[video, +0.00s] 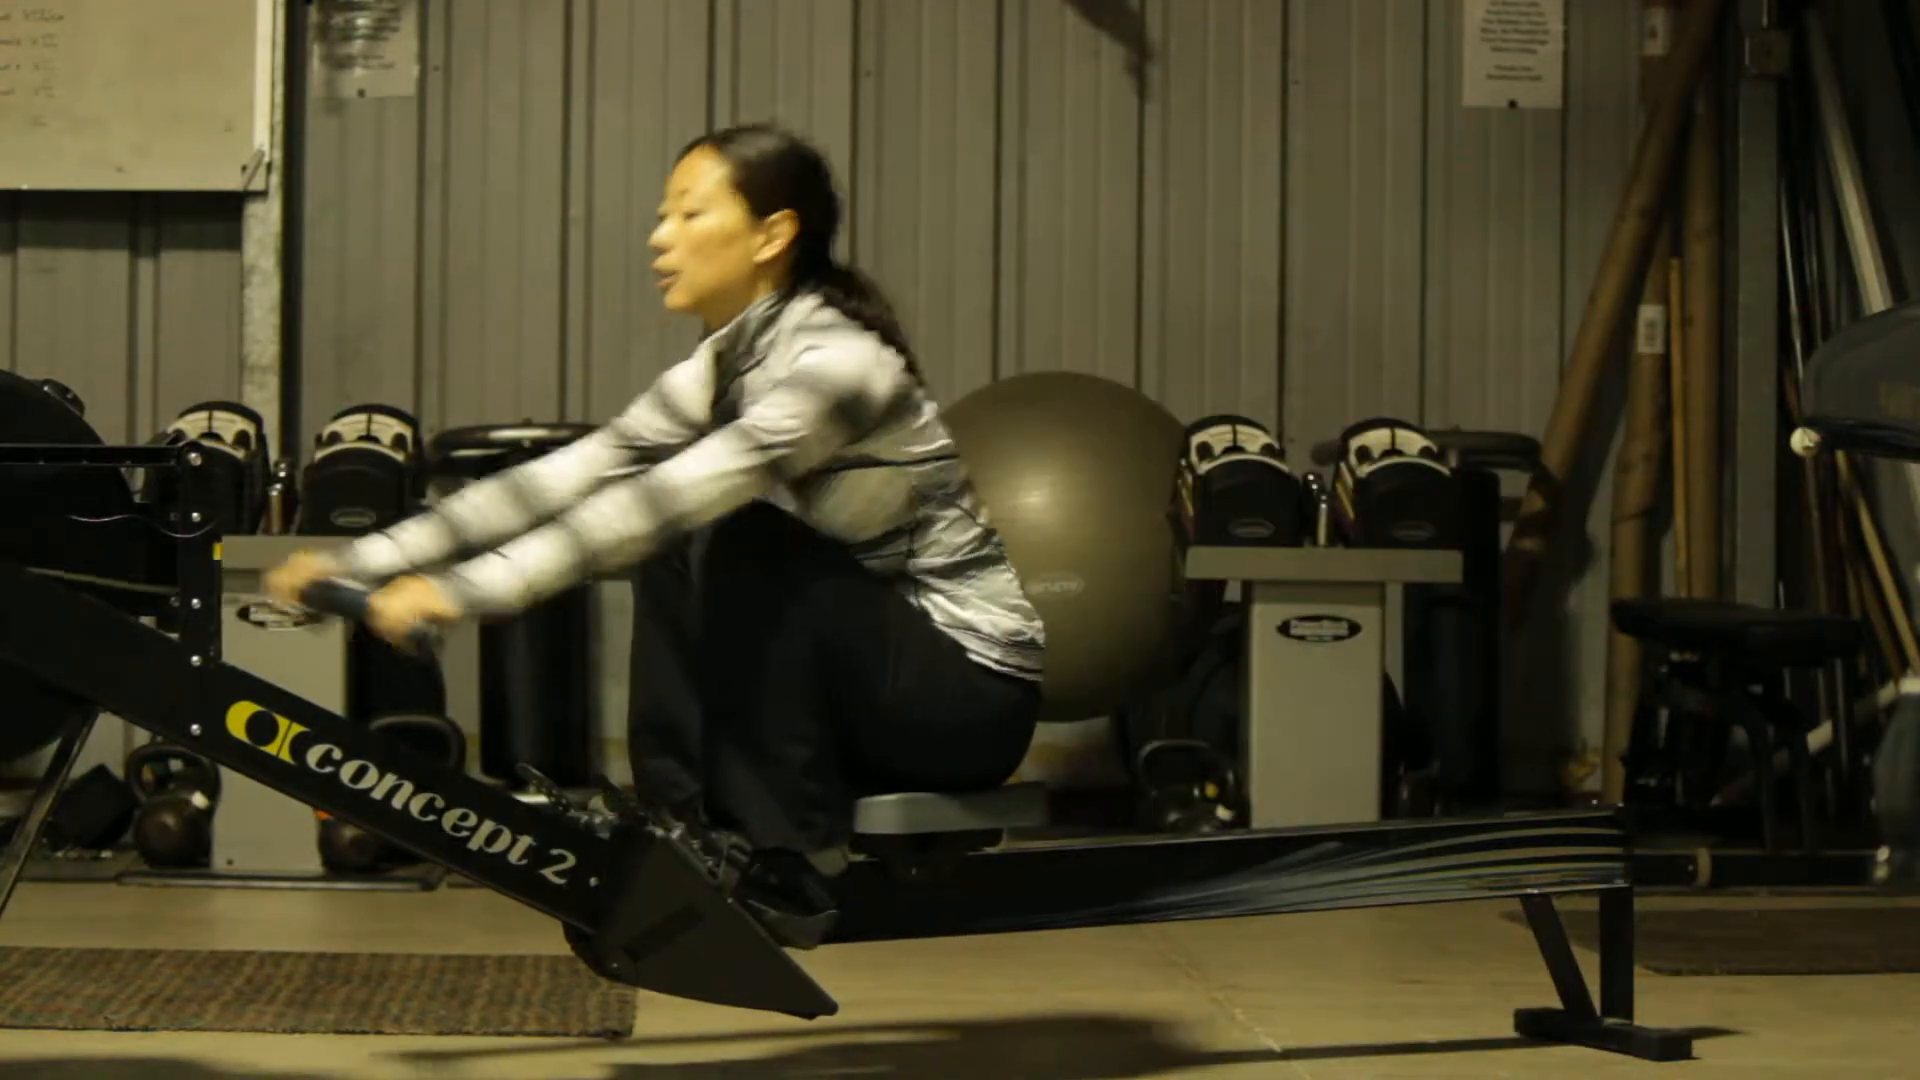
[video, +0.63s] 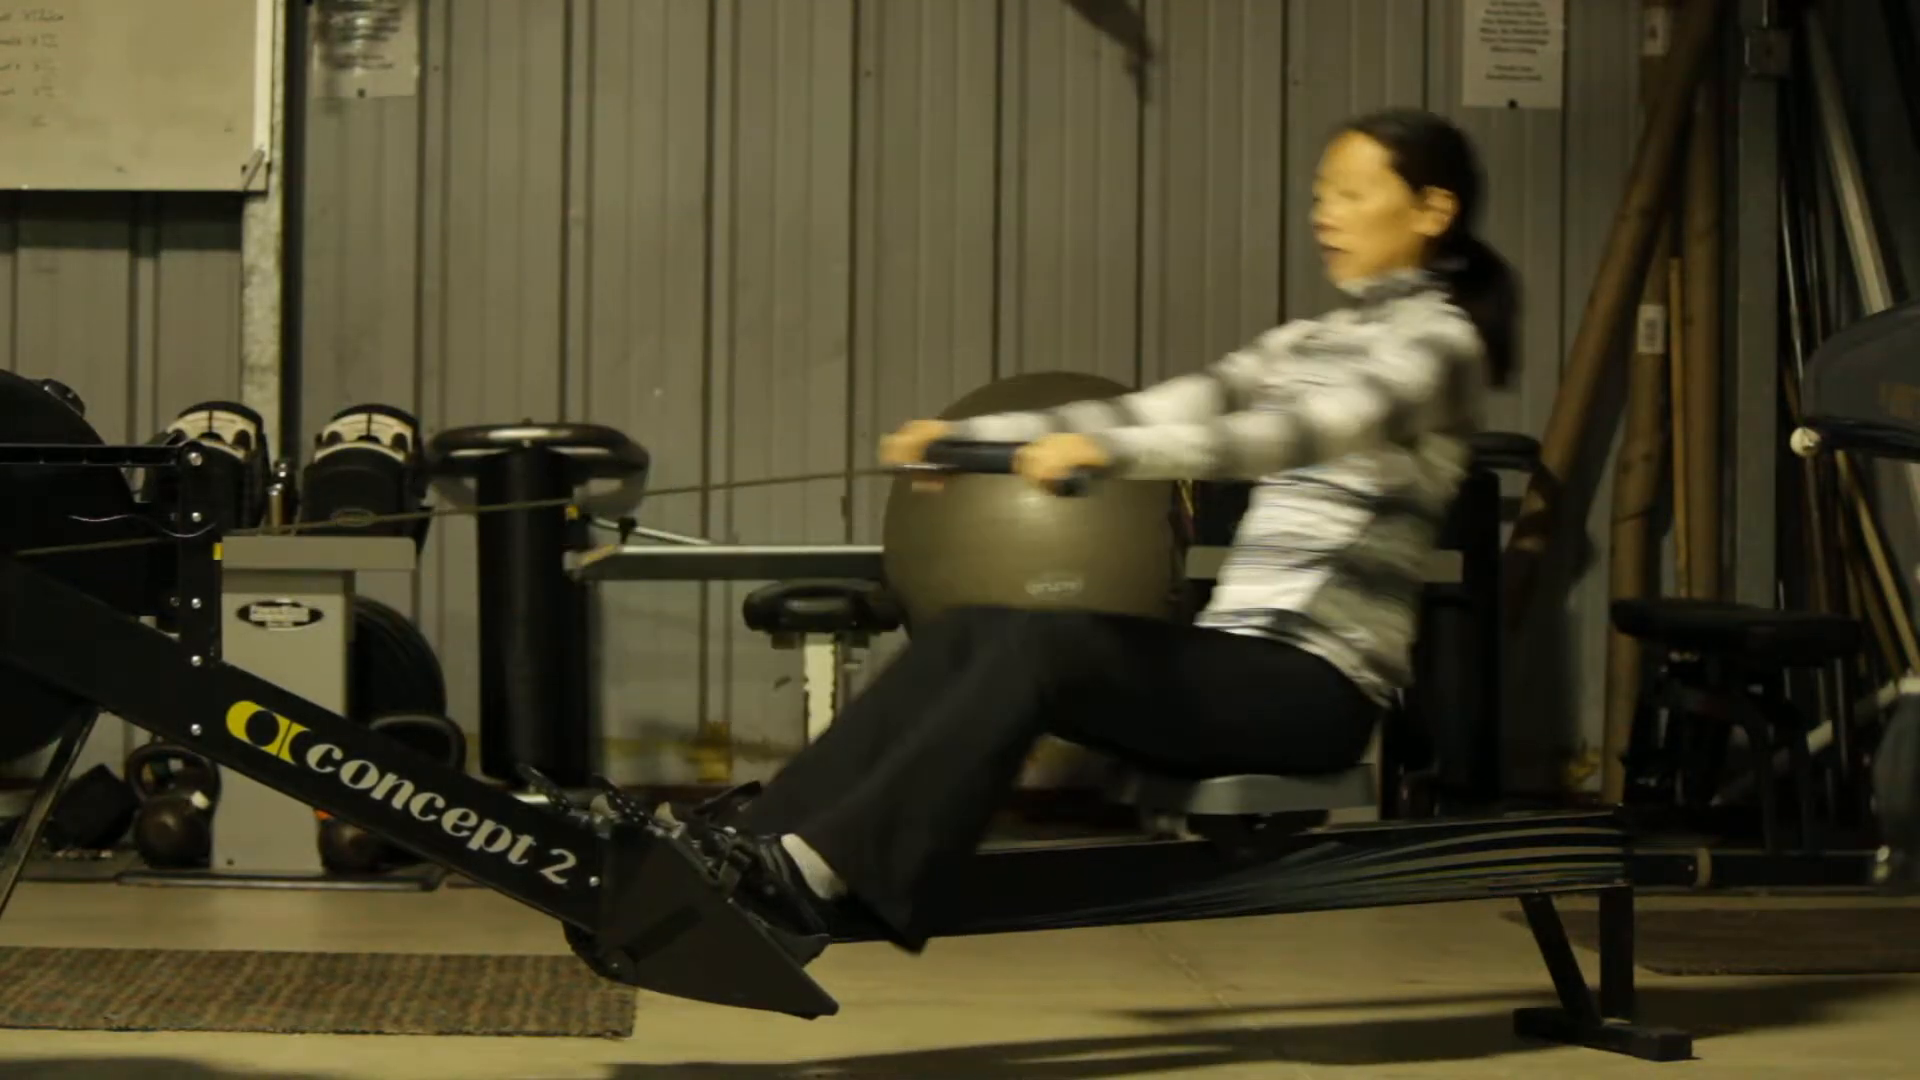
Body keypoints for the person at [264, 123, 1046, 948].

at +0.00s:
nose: (658, 240)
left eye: (688, 213)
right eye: (665, 215)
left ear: (773, 236)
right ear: (748, 242)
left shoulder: (833, 361)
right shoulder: (720, 364)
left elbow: (660, 506)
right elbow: (573, 474)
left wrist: (465, 589)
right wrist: (361, 559)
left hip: (968, 689)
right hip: (875, 676)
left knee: (750, 542)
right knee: (670, 545)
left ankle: (789, 866)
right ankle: (685, 828)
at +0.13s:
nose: (757, 196)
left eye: (789, 172)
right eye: (764, 175)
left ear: (880, 200)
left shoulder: (927, 334)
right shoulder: (811, 332)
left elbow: (779, 498)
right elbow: (675, 471)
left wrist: (595, 590)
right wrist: (484, 575)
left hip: (996, 699)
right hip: (901, 687)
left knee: (798, 548)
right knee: (720, 550)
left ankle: (789, 859)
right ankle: (682, 835)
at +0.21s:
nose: (854, 186)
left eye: (887, 162)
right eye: (861, 162)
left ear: (978, 191)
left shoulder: (1020, 322)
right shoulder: (900, 324)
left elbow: (866, 474)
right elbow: (760, 456)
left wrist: (682, 554)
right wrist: (568, 539)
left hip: (1045, 698)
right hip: (957, 685)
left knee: (838, 562)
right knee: (749, 557)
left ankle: (775, 860)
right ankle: (677, 823)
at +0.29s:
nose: (968, 187)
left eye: (1000, 165)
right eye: (973, 164)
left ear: (1088, 189)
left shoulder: (1116, 321)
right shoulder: (1003, 322)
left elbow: (954, 445)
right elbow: (850, 425)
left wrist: (766, 509)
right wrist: (644, 494)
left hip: (1112, 697)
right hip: (1035, 684)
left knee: (879, 558)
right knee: (806, 550)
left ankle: (781, 856)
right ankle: (692, 826)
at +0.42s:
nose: (1124, 187)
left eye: (1154, 164)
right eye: (1126, 165)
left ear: (1239, 187)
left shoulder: (1250, 322)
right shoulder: (1131, 323)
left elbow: (1081, 411)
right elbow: (970, 395)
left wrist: (894, 459)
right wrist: (763, 448)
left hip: (1195, 696)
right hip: (1117, 684)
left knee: (937, 577)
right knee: (873, 570)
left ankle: (801, 860)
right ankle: (711, 821)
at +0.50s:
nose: (1209, 189)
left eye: (1239, 168)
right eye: (1213, 169)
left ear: (1324, 191)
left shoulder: (1327, 322)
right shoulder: (1217, 319)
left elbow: (1161, 405)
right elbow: (1057, 388)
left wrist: (980, 450)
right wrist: (849, 438)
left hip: (1250, 685)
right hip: (1171, 664)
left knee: (967, 602)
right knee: (904, 596)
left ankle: (815, 868)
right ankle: (734, 830)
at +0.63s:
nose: (1322, 216)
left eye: (1349, 193)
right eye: (1322, 195)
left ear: (1433, 212)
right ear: (1320, 212)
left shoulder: (1437, 337)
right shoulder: (1313, 335)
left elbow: (1306, 428)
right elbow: (1180, 401)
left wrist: (1114, 446)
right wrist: (975, 443)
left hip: (1320, 680)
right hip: (1232, 660)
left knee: (1030, 647)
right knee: (961, 634)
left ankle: (818, 877)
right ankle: (759, 836)